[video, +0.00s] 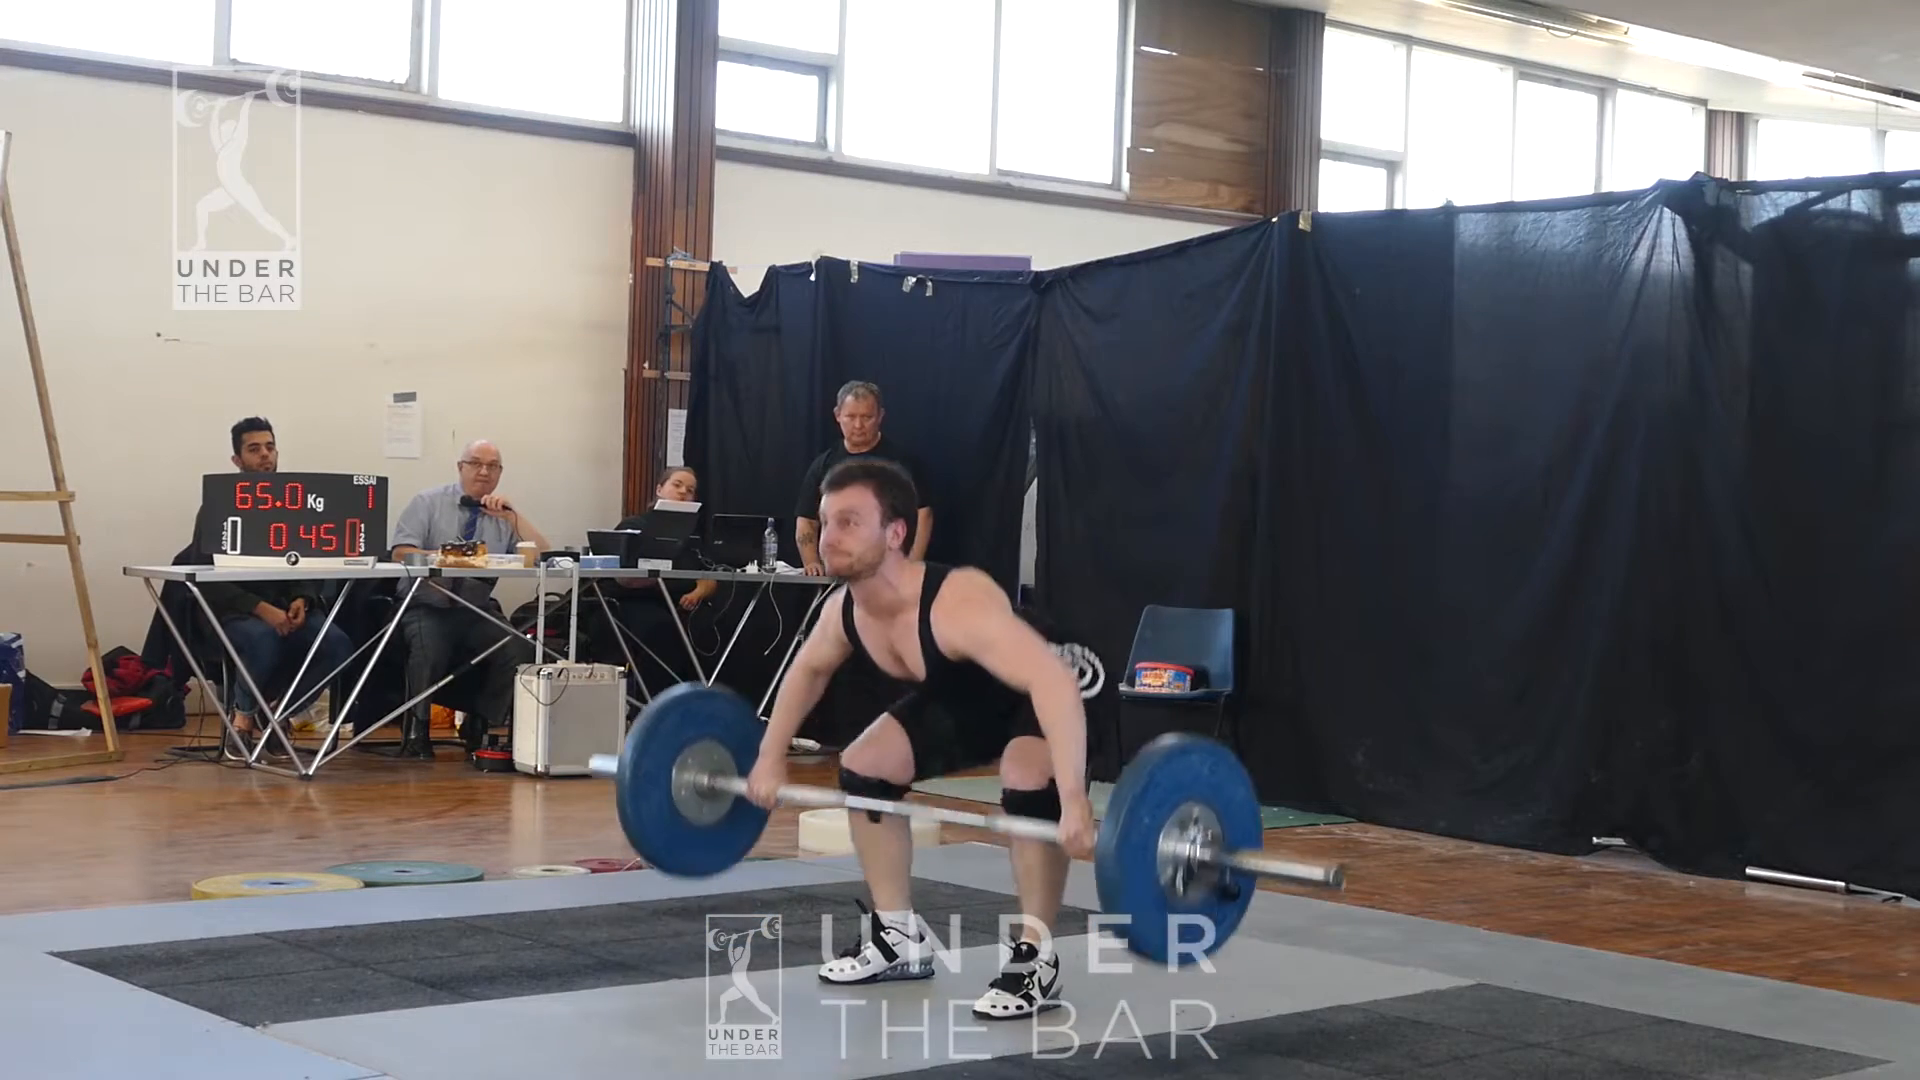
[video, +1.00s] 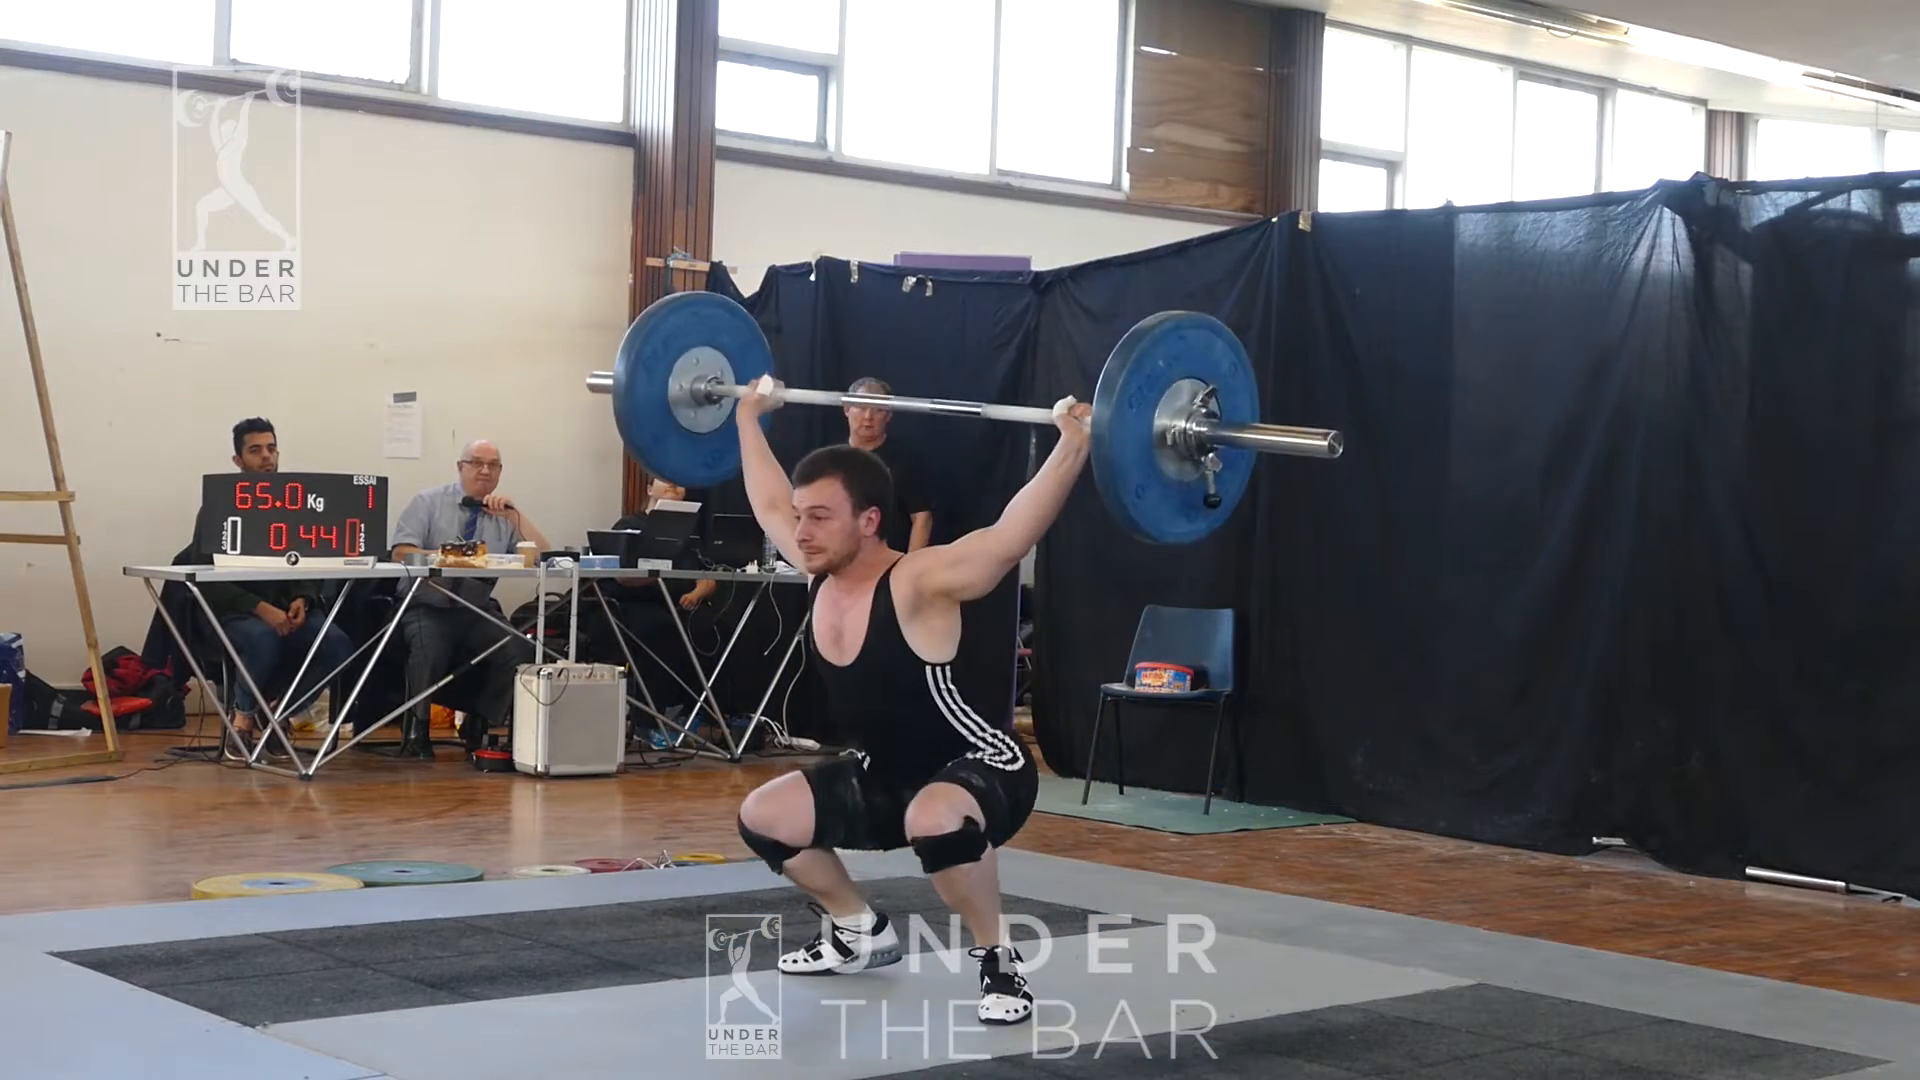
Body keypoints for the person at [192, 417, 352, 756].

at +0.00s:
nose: (265, 454)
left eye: (270, 447)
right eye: (255, 448)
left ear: (277, 452)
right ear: (238, 460)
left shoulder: (293, 496)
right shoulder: (220, 504)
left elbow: (312, 556)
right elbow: (205, 576)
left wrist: (302, 599)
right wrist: (260, 608)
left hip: (288, 607)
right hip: (237, 608)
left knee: (337, 644)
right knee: (264, 641)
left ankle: (278, 717)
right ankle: (242, 719)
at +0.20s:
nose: (265, 455)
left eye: (270, 447)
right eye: (255, 449)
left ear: (277, 452)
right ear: (238, 460)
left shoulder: (293, 497)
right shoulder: (220, 505)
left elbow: (312, 556)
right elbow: (205, 576)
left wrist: (303, 598)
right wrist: (260, 608)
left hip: (288, 607)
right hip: (237, 608)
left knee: (337, 644)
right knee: (263, 641)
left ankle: (277, 717)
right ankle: (242, 719)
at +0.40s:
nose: (265, 455)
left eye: (270, 448)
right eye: (255, 449)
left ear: (277, 452)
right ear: (238, 460)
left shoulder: (293, 496)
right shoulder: (220, 504)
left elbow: (312, 555)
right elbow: (204, 576)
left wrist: (302, 598)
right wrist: (261, 608)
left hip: (287, 606)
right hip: (236, 607)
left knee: (337, 644)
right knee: (263, 641)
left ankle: (278, 717)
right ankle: (242, 720)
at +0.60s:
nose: (266, 456)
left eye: (270, 449)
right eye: (255, 450)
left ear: (277, 452)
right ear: (238, 460)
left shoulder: (292, 497)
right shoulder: (220, 505)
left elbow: (311, 556)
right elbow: (205, 576)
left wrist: (302, 598)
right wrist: (261, 608)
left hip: (286, 607)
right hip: (236, 607)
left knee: (337, 644)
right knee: (263, 640)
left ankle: (277, 717)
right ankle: (242, 720)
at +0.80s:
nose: (266, 456)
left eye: (271, 448)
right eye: (256, 450)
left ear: (278, 452)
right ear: (238, 460)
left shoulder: (292, 497)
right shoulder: (221, 503)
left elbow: (310, 556)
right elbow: (204, 576)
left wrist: (302, 598)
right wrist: (260, 607)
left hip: (287, 607)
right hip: (237, 607)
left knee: (337, 644)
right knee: (264, 641)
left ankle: (278, 717)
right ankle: (242, 719)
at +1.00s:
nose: (266, 456)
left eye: (271, 448)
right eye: (256, 450)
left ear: (278, 452)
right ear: (239, 460)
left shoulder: (293, 497)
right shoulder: (222, 504)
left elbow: (310, 556)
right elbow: (204, 575)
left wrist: (302, 598)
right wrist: (259, 607)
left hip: (287, 607)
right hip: (238, 607)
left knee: (336, 644)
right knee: (264, 641)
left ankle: (278, 718)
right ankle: (241, 721)